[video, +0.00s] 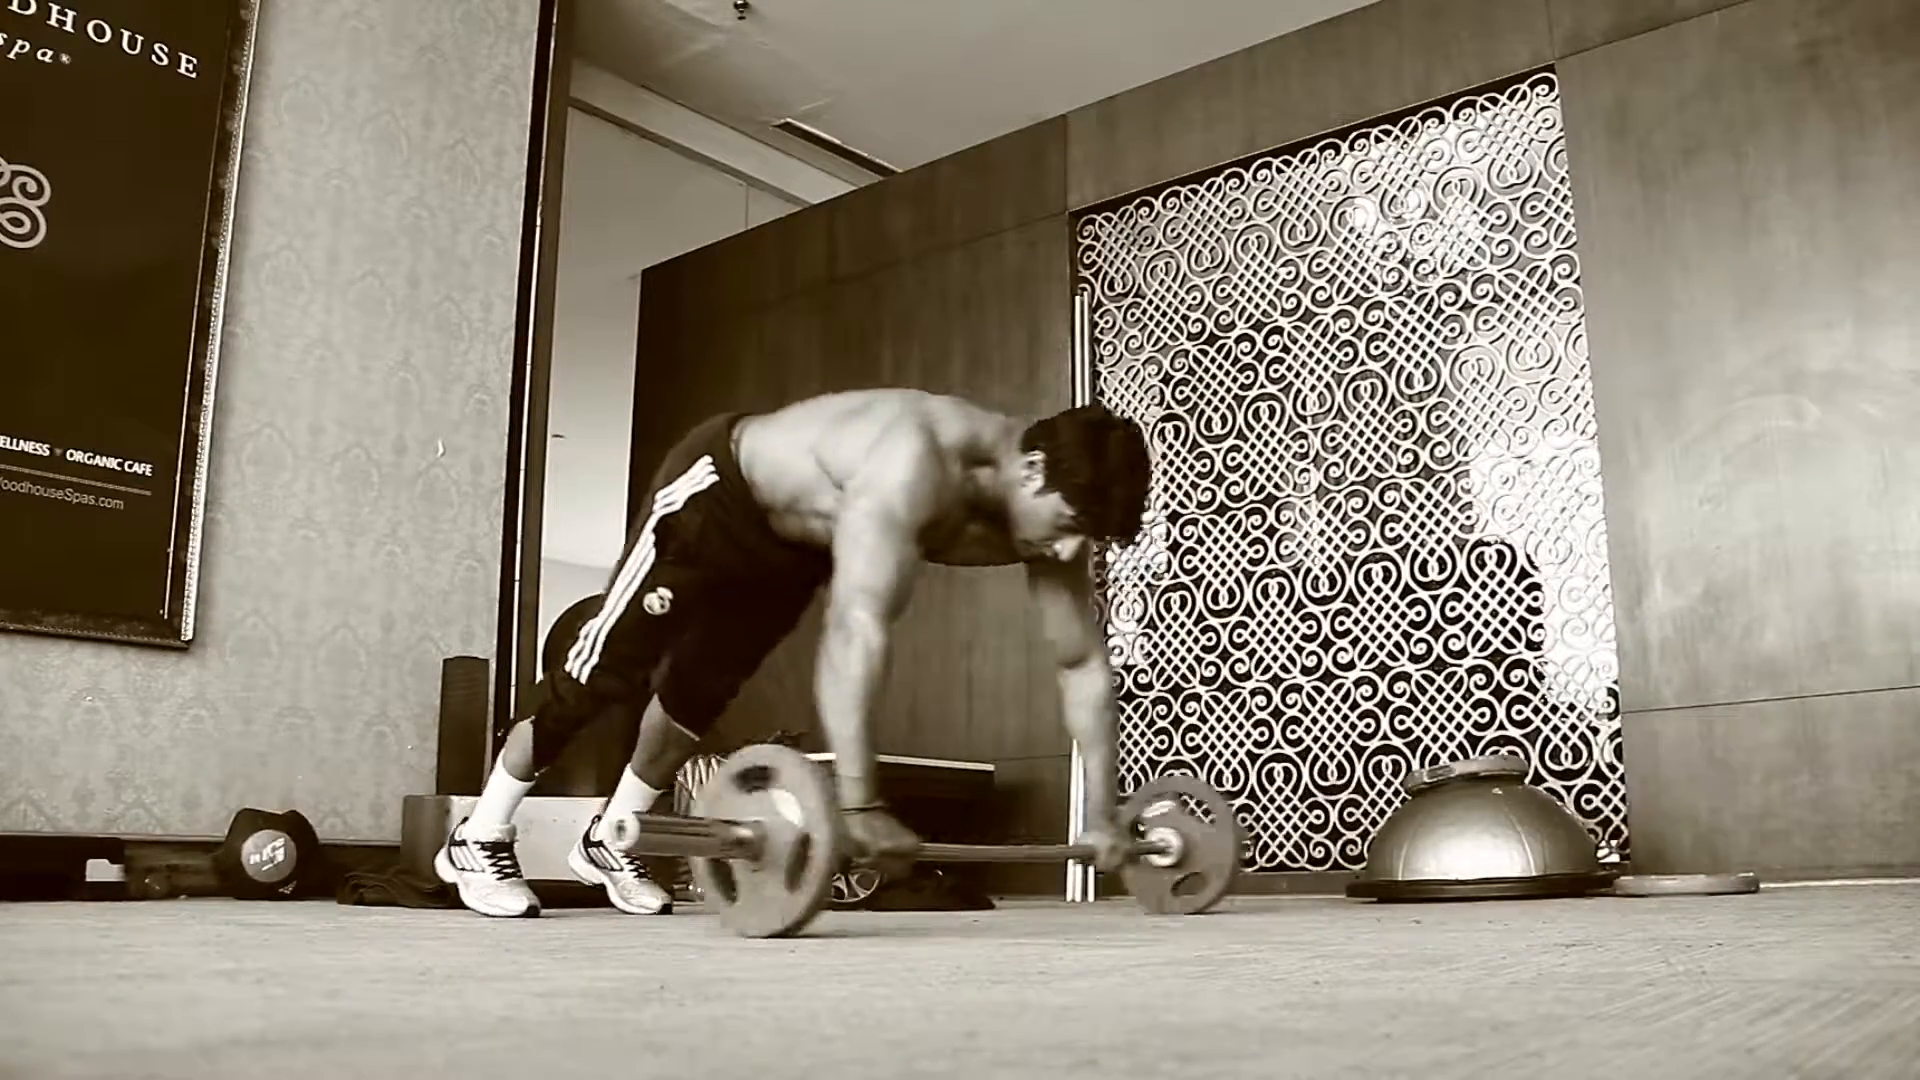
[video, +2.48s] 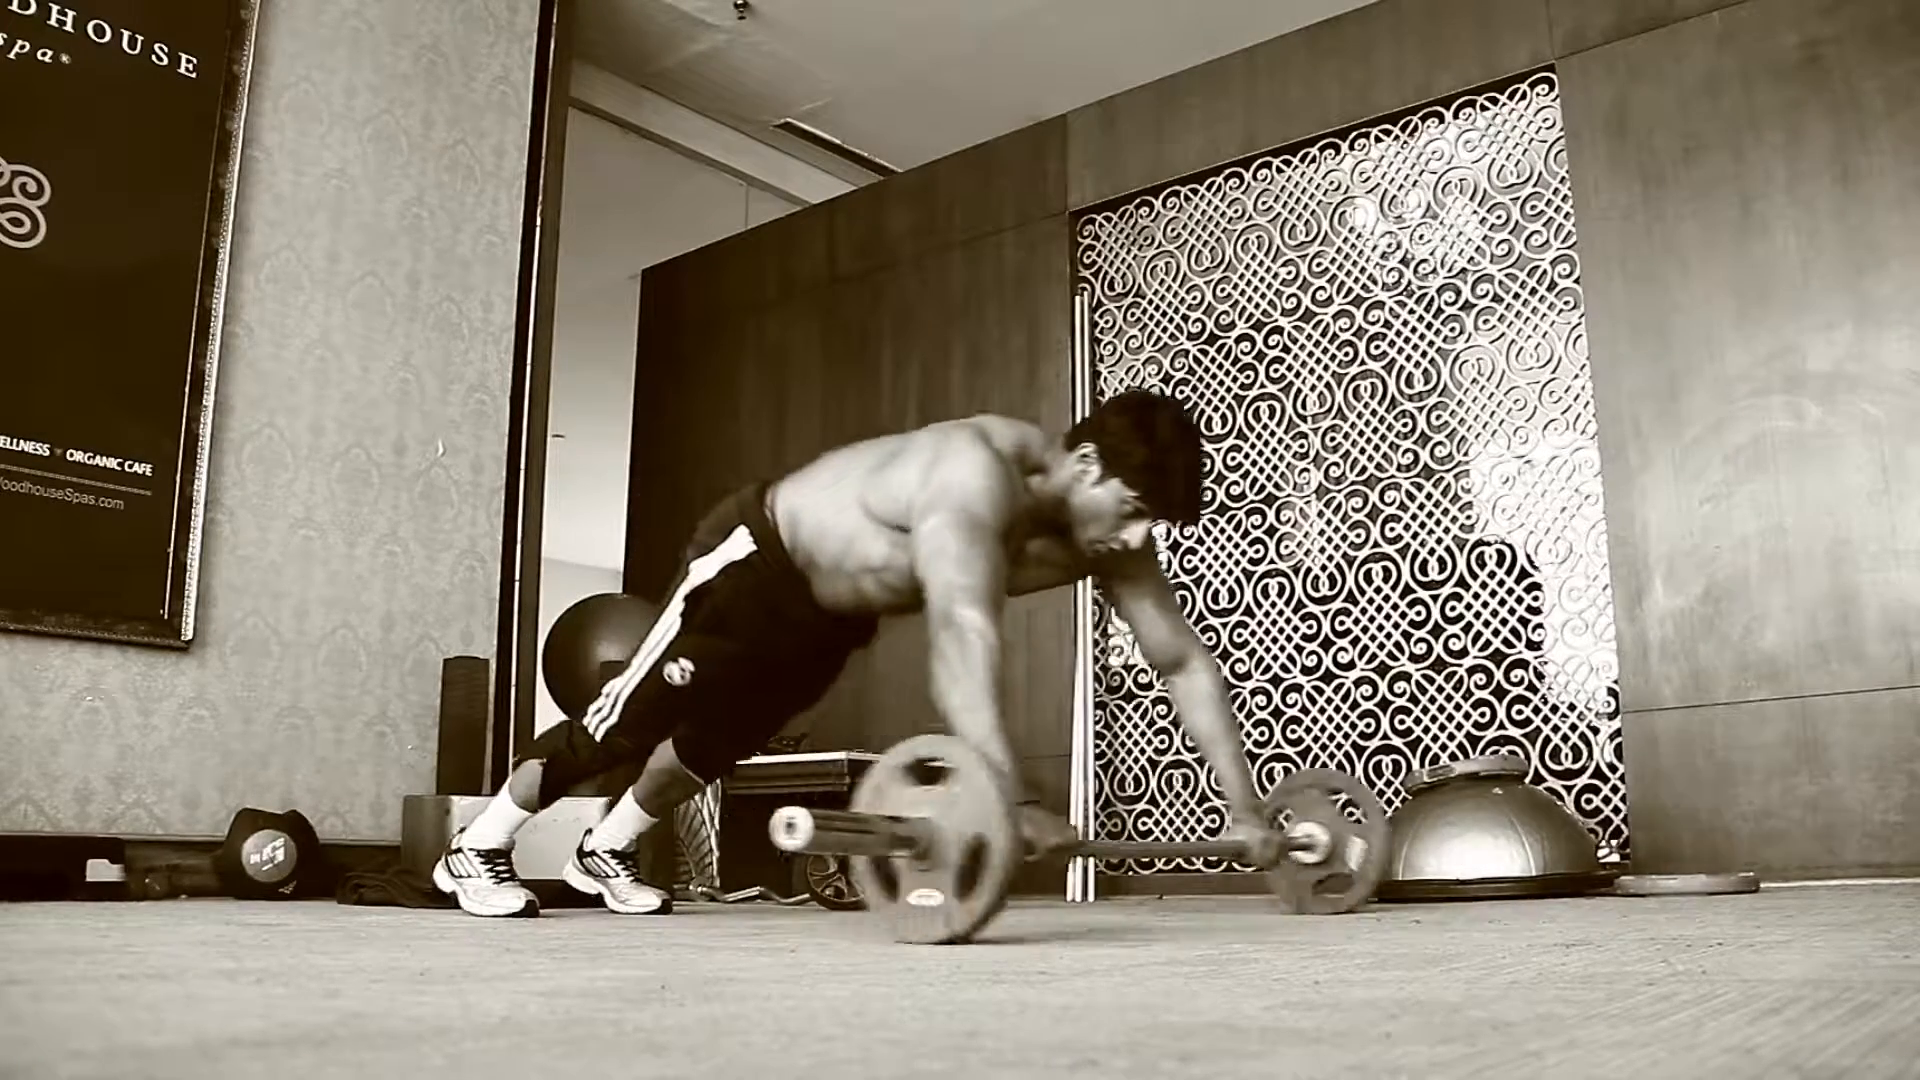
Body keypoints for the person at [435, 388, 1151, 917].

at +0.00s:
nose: (1070, 551)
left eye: (1088, 540)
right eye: (1071, 527)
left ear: (1052, 485)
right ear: (1033, 472)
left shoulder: (1041, 515)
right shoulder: (911, 463)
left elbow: (1083, 664)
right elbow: (854, 626)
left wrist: (1100, 812)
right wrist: (860, 801)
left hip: (802, 548)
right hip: (724, 490)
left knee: (697, 689)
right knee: (604, 667)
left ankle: (611, 835)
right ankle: (478, 836)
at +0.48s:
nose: (942, 574)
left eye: (958, 563)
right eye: (940, 551)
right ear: (908, 501)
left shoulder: (938, 507)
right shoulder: (796, 475)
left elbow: (972, 674)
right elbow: (744, 638)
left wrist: (986, 820)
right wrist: (738, 807)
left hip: (727, 507)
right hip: (648, 464)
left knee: (660, 686)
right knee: (559, 663)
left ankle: (613, 845)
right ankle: (473, 852)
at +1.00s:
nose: (888, 598)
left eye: (904, 591)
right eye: (889, 578)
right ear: (865, 525)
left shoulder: (881, 507)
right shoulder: (748, 495)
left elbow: (910, 686)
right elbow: (685, 650)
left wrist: (910, 825)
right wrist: (657, 810)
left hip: (699, 493)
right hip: (624, 444)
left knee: (639, 675)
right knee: (542, 658)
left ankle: (611, 861)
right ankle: (472, 854)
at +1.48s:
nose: (890, 594)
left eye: (907, 582)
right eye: (891, 572)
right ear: (860, 520)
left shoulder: (884, 510)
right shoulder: (748, 498)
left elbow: (930, 684)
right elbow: (697, 651)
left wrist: (942, 822)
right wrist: (686, 809)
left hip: (695, 504)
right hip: (619, 452)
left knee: (639, 684)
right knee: (543, 661)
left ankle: (600, 858)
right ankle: (468, 859)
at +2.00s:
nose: (1002, 551)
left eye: (1016, 538)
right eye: (999, 528)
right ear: (955, 482)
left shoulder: (970, 519)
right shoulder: (839, 481)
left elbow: (1031, 672)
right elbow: (808, 639)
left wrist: (1064, 817)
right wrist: (824, 804)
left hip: (753, 539)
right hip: (674, 483)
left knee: (668, 697)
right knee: (577, 680)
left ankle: (596, 861)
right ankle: (466, 862)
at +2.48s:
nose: (1134, 536)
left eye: (1152, 524)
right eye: (1132, 510)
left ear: (1138, 499)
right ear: (1087, 462)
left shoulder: (1110, 536)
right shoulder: (972, 472)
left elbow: (1184, 664)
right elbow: (961, 630)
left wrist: (1241, 803)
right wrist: (997, 791)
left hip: (834, 614)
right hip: (762, 555)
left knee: (712, 739)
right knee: (625, 716)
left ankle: (605, 850)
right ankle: (479, 847)